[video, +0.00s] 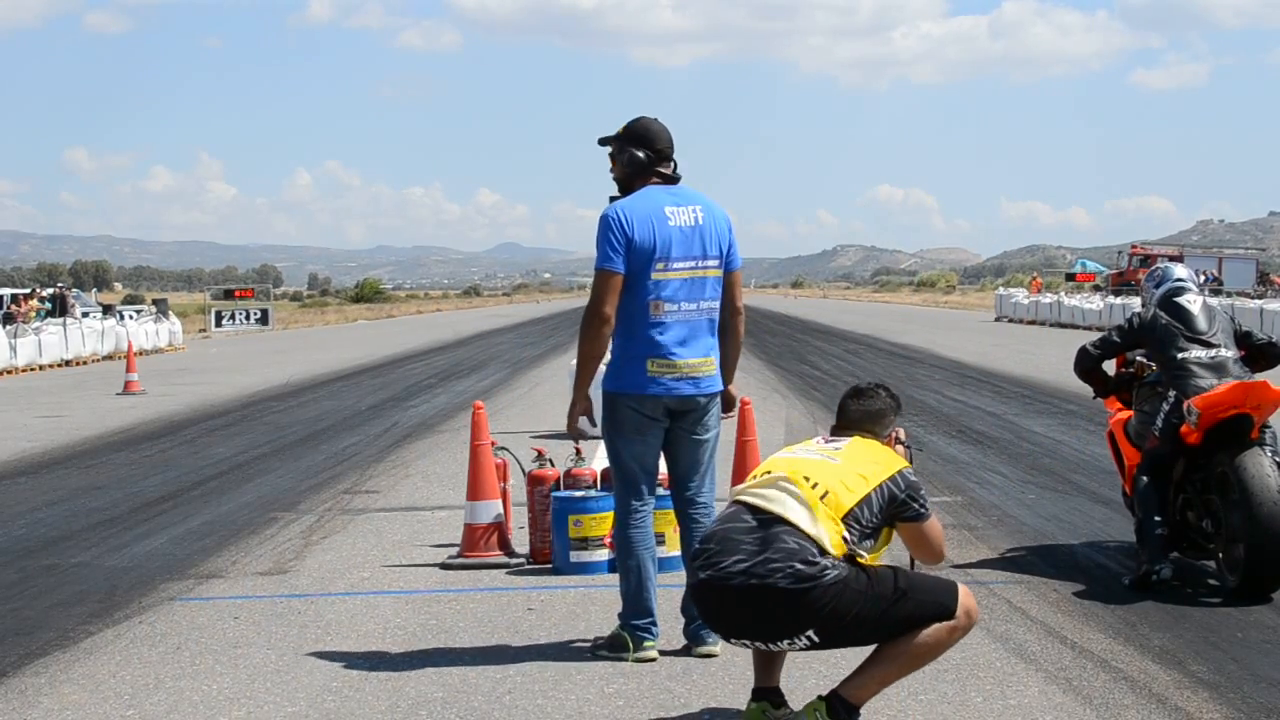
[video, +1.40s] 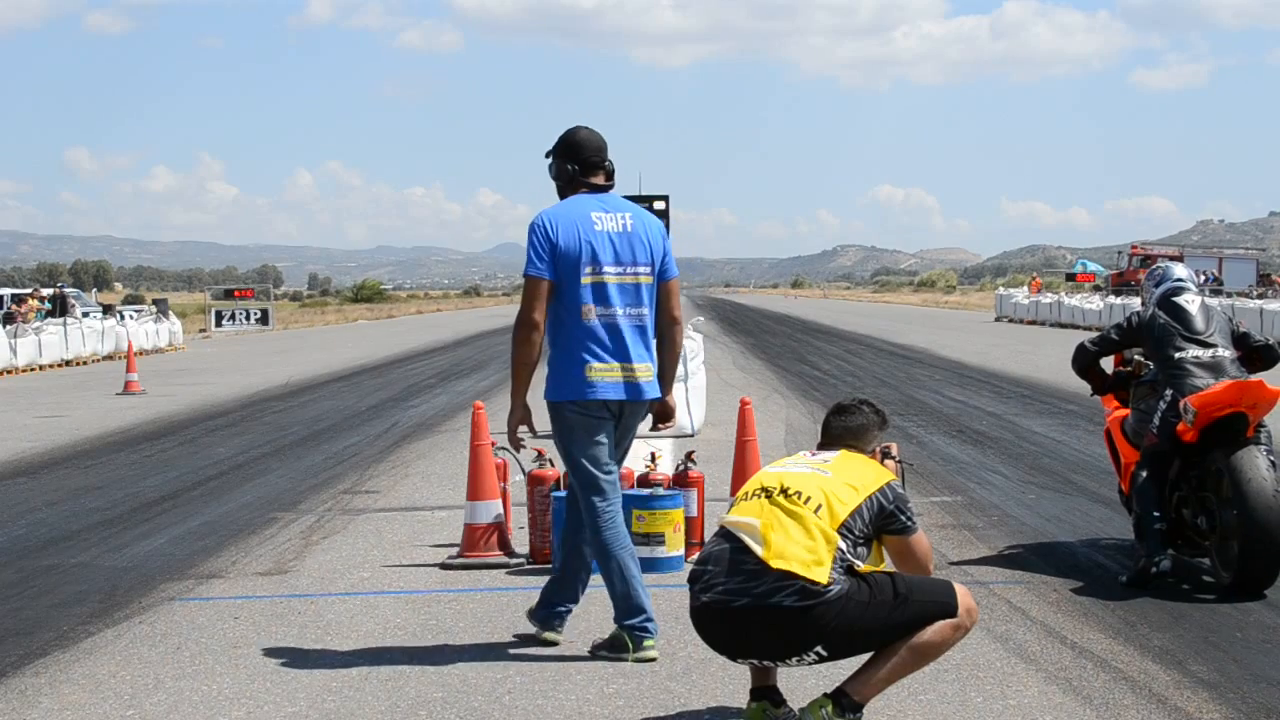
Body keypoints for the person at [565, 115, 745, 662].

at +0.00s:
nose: (611, 170)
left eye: (616, 160)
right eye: (612, 160)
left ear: (637, 162)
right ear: (668, 163)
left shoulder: (622, 216)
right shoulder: (717, 216)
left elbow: (603, 314)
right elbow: (734, 311)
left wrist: (581, 388)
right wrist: (726, 379)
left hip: (637, 384)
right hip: (701, 383)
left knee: (635, 505)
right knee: (698, 504)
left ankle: (639, 631)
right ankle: (705, 629)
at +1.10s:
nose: (582, 170)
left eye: (581, 164)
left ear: (583, 167)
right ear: (633, 165)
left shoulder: (568, 222)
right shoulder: (674, 222)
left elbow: (543, 317)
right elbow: (694, 317)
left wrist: (530, 393)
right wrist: (689, 387)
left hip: (594, 387)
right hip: (659, 385)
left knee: (613, 503)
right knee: (651, 495)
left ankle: (639, 632)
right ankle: (656, 614)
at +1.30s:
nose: (563, 176)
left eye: (563, 169)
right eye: (565, 169)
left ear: (571, 171)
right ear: (619, 171)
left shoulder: (558, 223)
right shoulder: (661, 225)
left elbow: (537, 321)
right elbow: (681, 319)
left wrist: (522, 398)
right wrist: (672, 389)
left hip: (584, 387)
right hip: (648, 385)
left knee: (608, 503)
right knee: (605, 498)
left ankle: (639, 630)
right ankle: (573, 610)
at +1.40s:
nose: (552, 178)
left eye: (553, 170)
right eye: (552, 170)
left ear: (564, 172)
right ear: (609, 173)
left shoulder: (552, 223)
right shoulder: (650, 224)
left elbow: (532, 321)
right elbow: (672, 319)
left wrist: (519, 398)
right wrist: (665, 390)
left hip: (578, 388)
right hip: (638, 387)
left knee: (603, 504)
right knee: (586, 496)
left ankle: (638, 629)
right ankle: (551, 615)